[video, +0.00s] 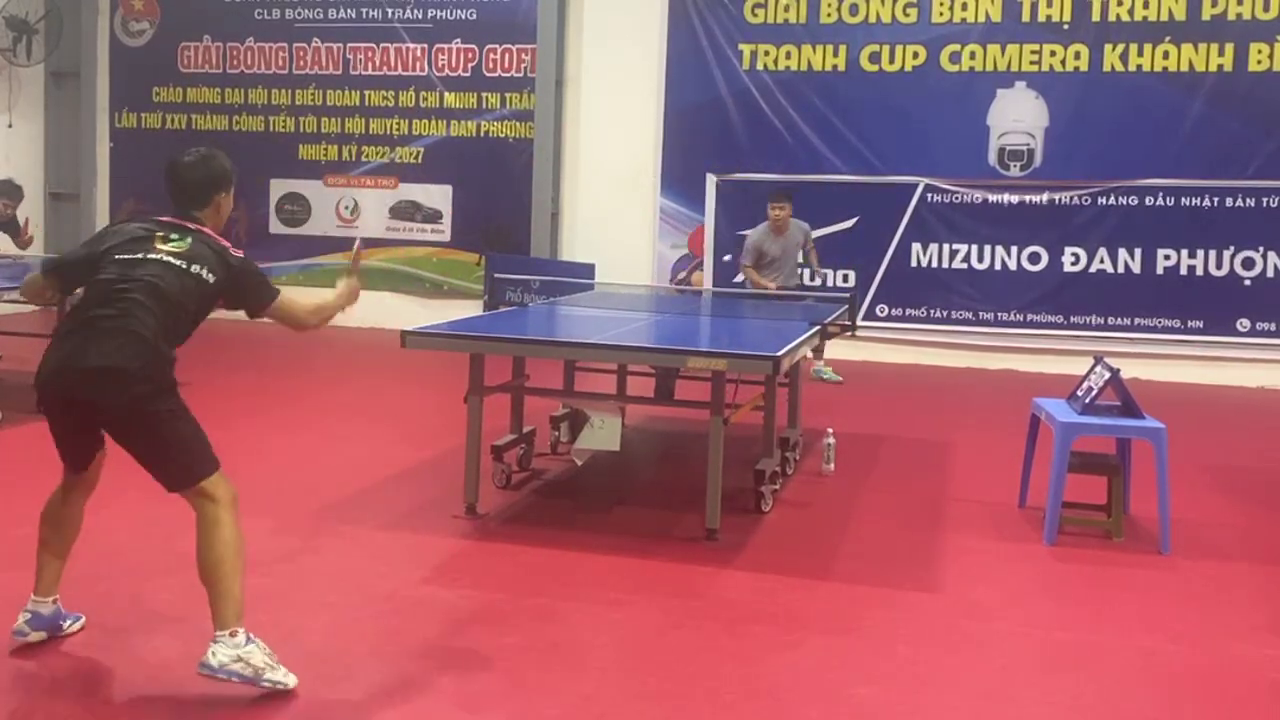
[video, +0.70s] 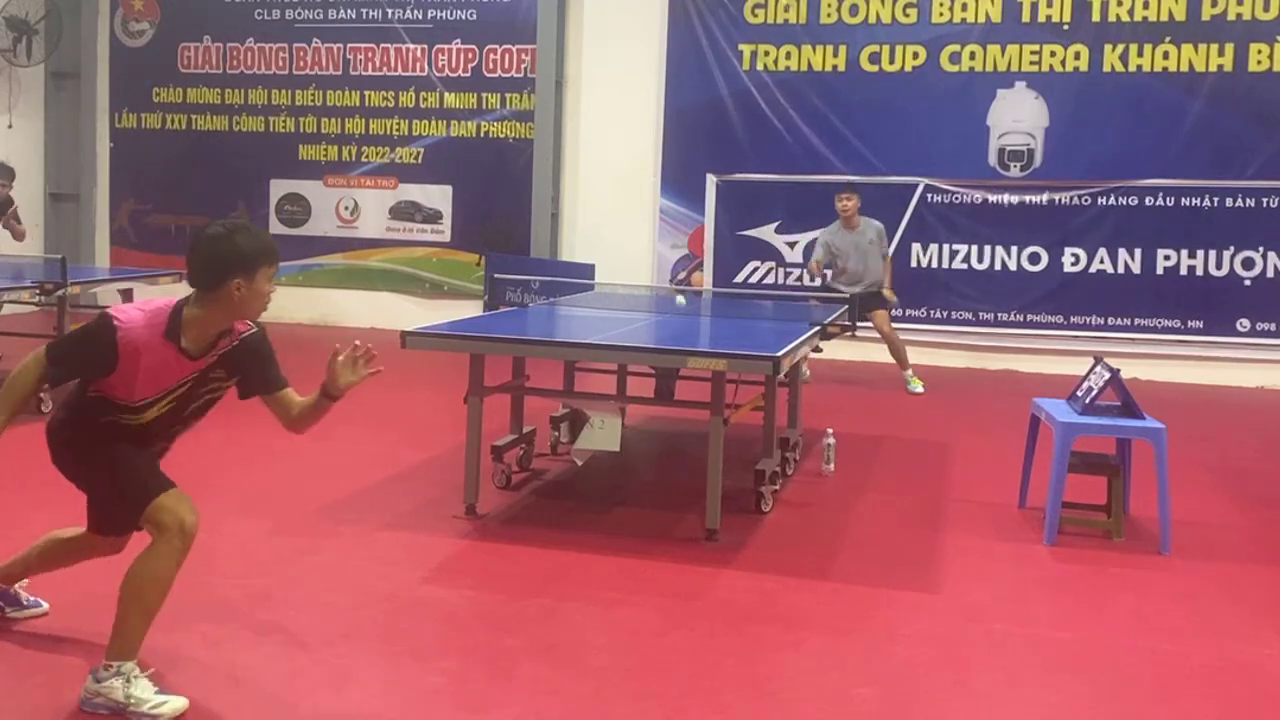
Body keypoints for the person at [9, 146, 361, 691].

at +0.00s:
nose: (233, 204)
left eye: (232, 196)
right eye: (231, 196)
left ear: (173, 197)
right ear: (220, 201)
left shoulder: (120, 232)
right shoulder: (223, 258)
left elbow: (36, 287)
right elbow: (303, 316)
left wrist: (53, 294)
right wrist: (345, 291)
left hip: (60, 372)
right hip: (130, 375)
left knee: (78, 474)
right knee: (215, 497)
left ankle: (40, 607)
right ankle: (229, 640)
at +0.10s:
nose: (231, 193)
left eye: (230, 183)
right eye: (229, 183)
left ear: (170, 185)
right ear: (216, 187)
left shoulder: (116, 227)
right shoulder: (211, 251)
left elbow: (51, 299)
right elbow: (271, 332)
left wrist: (101, 323)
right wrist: (327, 329)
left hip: (56, 379)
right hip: (120, 385)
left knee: (86, 485)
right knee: (212, 495)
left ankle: (39, 612)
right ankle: (224, 640)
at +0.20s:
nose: (241, 179)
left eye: (240, 168)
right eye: (240, 169)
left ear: (184, 170)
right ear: (224, 174)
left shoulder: (133, 210)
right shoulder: (209, 238)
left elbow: (106, 285)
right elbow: (229, 335)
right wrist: (305, 352)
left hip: (54, 364)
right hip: (113, 369)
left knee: (96, 460)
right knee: (206, 487)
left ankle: (40, 583)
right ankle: (224, 635)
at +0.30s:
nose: (250, 191)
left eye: (251, 181)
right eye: (249, 181)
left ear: (193, 180)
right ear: (232, 183)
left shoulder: (151, 224)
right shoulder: (201, 251)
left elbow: (145, 315)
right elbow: (192, 356)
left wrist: (223, 339)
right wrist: (268, 392)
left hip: (65, 380)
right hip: (119, 392)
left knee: (100, 481)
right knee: (215, 503)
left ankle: (20, 588)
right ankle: (194, 654)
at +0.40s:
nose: (255, 207)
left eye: (256, 195)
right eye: (254, 195)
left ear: (202, 196)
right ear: (236, 200)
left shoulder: (173, 242)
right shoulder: (183, 267)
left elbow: (192, 336)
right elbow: (141, 372)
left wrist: (271, 349)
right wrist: (212, 433)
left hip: (70, 393)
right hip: (108, 402)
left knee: (102, 495)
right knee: (201, 512)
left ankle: (13, 589)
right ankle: (185, 667)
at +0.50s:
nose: (262, 222)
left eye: (263, 211)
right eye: (259, 210)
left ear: (222, 212)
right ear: (232, 213)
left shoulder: (212, 265)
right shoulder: (149, 279)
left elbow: (232, 347)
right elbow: (83, 363)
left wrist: (297, 360)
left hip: (119, 397)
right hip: (80, 397)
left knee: (110, 490)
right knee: (179, 504)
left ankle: (10, 568)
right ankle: (153, 661)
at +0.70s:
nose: (273, 290)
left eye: (274, 280)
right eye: (269, 279)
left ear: (233, 288)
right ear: (235, 286)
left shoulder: (245, 341)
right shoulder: (124, 330)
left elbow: (296, 418)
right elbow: (36, 364)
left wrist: (329, 393)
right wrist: (1, 424)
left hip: (141, 448)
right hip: (87, 436)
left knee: (105, 540)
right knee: (176, 523)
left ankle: (2, 578)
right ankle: (113, 675)